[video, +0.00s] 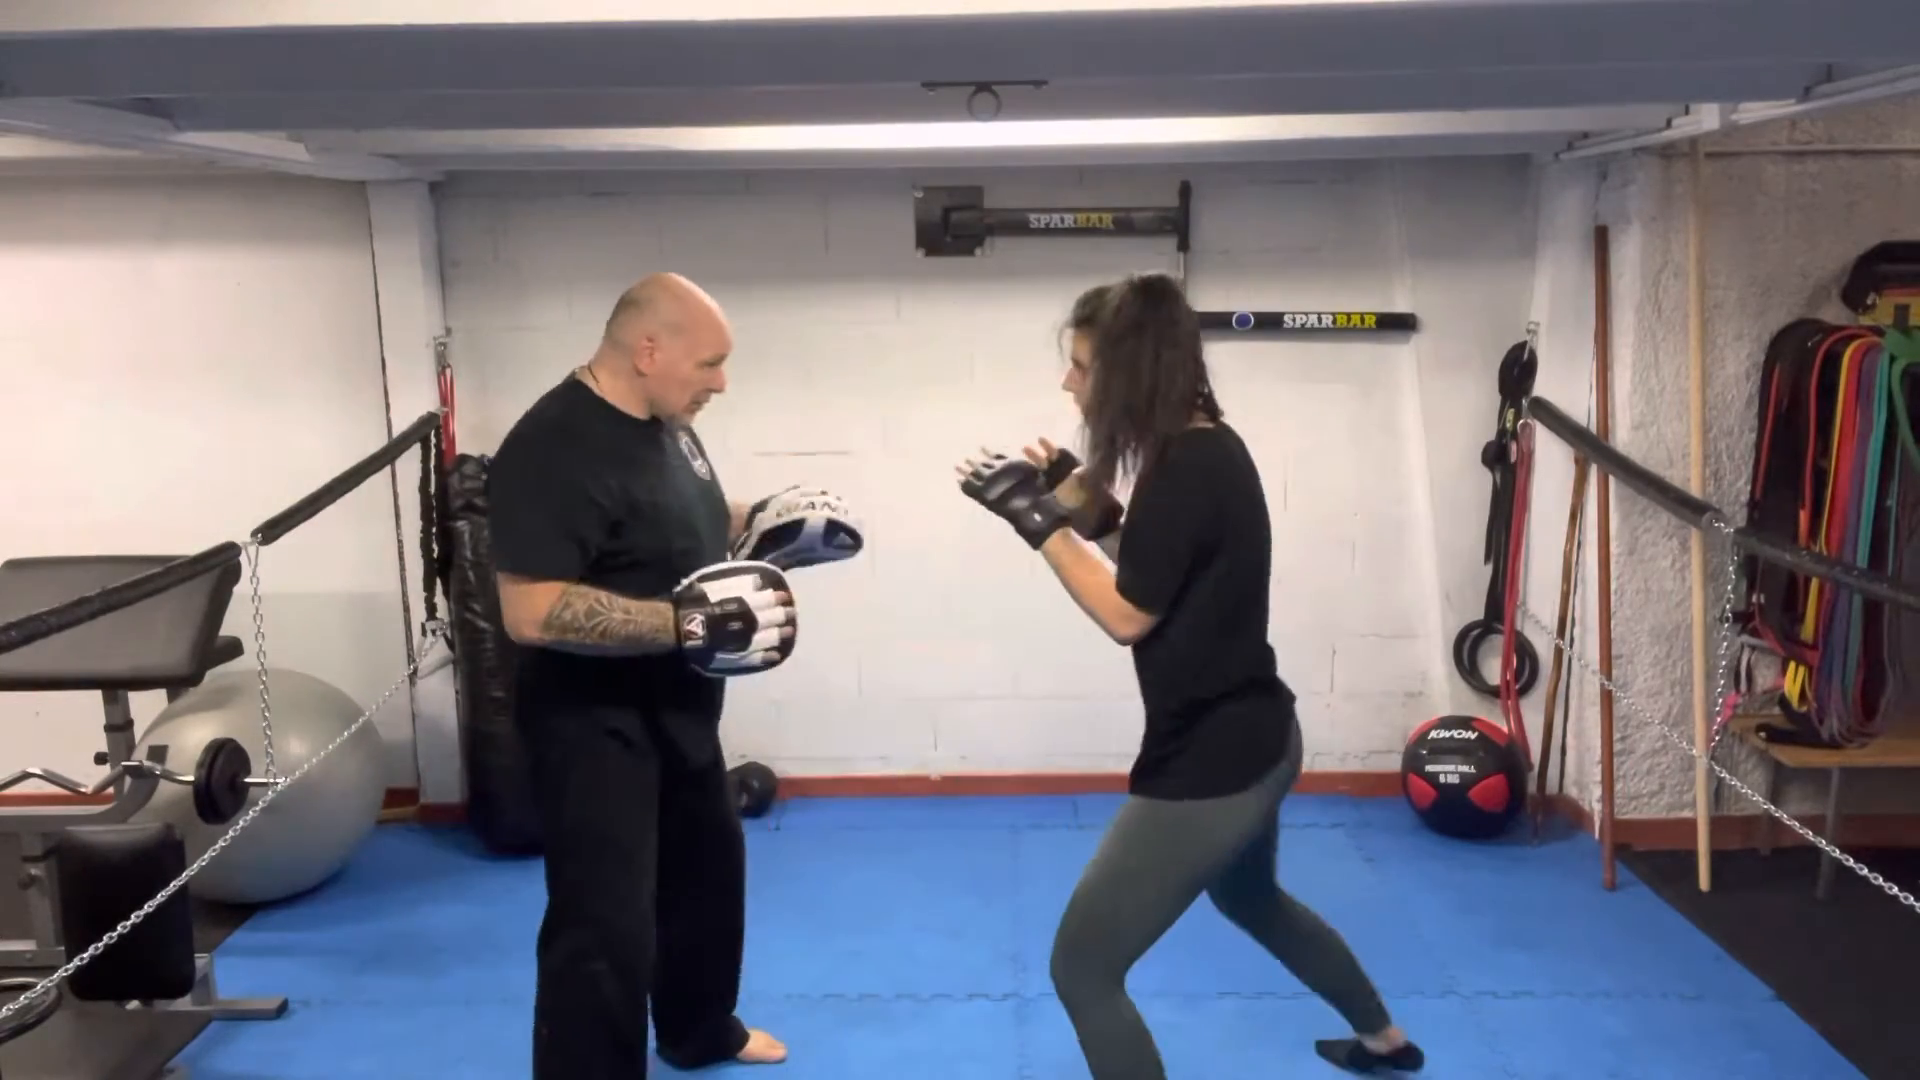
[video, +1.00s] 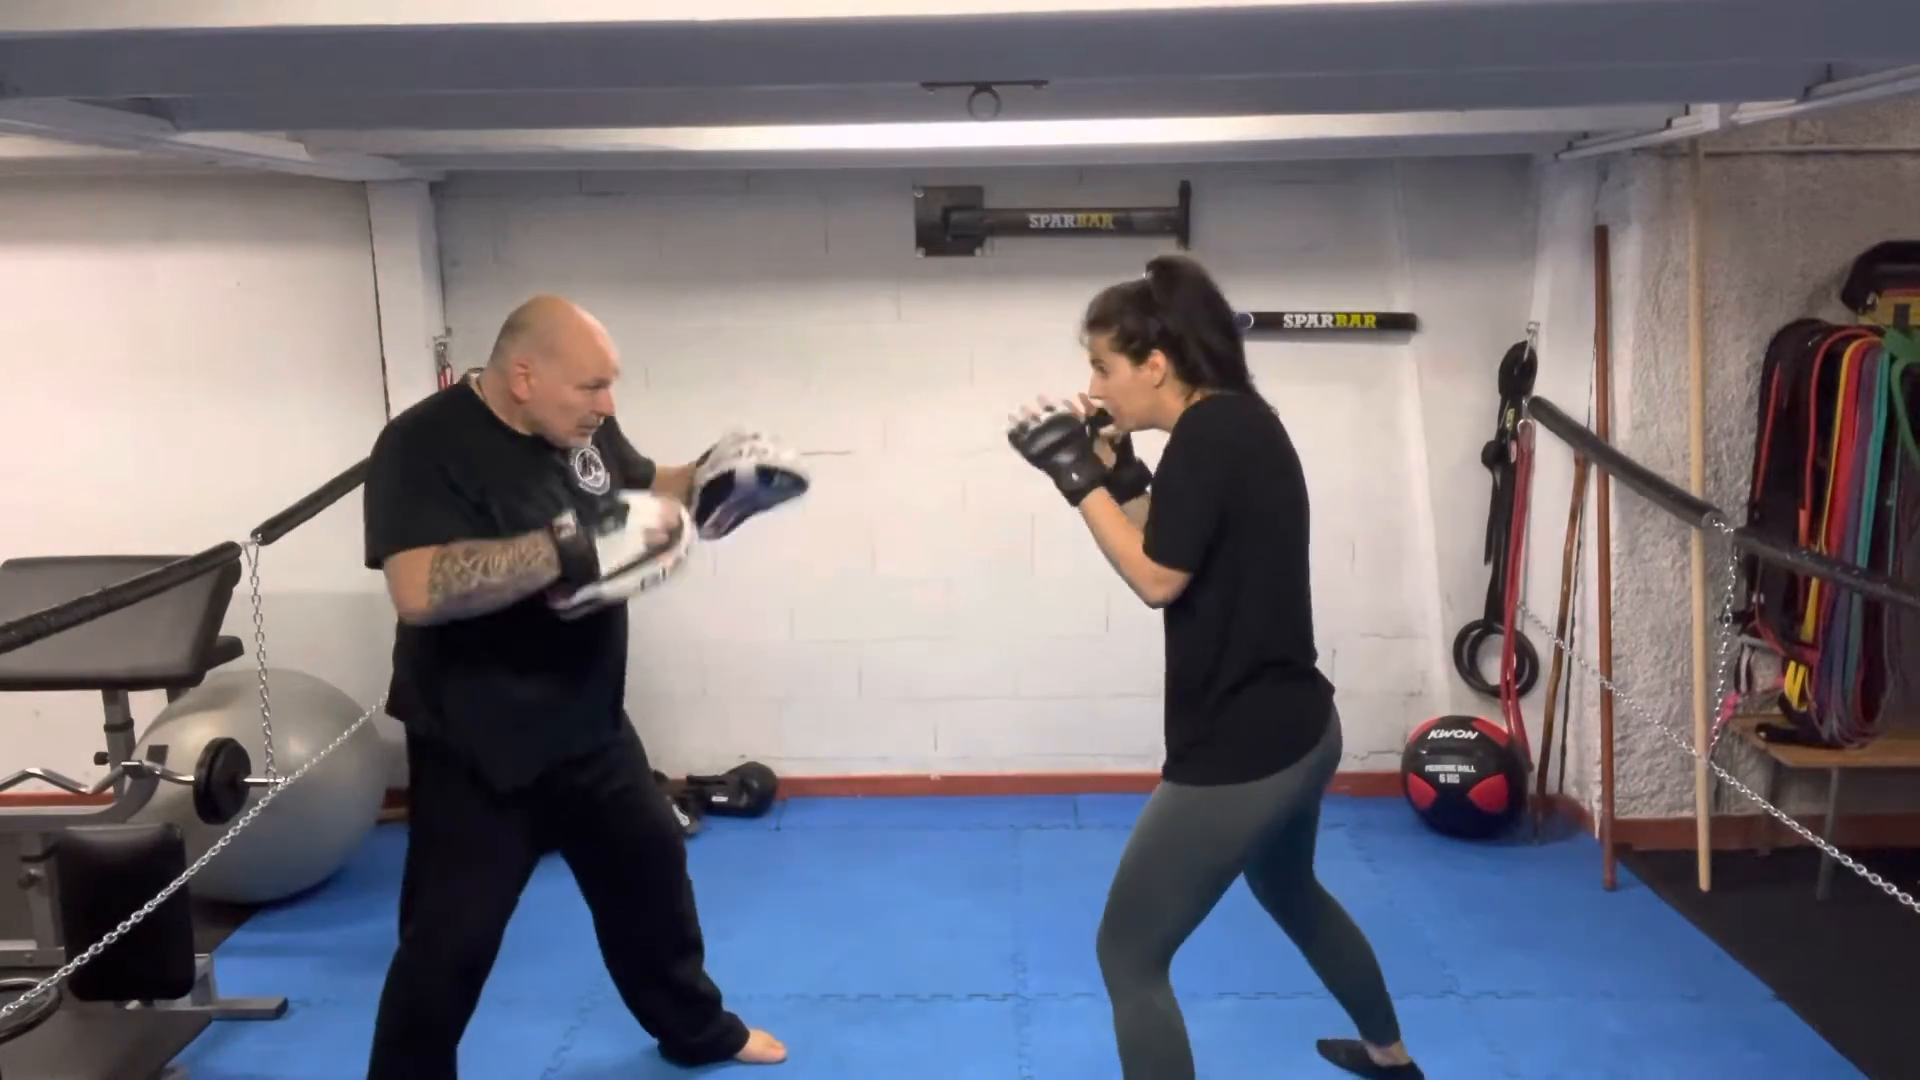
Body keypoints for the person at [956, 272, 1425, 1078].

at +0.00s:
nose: (1066, 383)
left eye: (1078, 366)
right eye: (1068, 365)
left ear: (1128, 369)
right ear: (1154, 364)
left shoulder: (1184, 464)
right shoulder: (1209, 448)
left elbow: (1126, 617)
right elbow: (1163, 564)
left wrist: (1040, 522)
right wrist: (1087, 503)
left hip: (1210, 763)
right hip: (1257, 740)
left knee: (1082, 967)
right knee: (1251, 897)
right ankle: (1382, 1036)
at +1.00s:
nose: (1096, 390)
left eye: (1102, 369)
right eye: (1094, 371)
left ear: (1157, 364)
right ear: (1164, 359)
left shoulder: (1207, 436)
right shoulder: (1249, 425)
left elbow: (1156, 577)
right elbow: (1191, 558)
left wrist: (1079, 481)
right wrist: (1118, 473)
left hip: (1238, 754)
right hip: (1299, 729)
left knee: (1130, 951)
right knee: (1289, 887)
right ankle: (1386, 1047)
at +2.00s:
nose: (963, 456)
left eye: (974, 439)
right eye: (961, 438)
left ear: (1017, 438)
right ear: (1026, 433)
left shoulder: (1112, 520)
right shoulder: (1044, 500)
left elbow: (1046, 675)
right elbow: (967, 598)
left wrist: (965, 566)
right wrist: (888, 544)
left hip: (1138, 825)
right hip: (1124, 795)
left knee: (967, 990)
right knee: (1126, 921)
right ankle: (1277, 1017)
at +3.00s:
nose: (1043, 465)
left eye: (1056, 452)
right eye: (1039, 451)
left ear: (1103, 437)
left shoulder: (1172, 473)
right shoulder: (1125, 461)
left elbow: (1058, 556)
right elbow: (1063, 493)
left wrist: (1013, 462)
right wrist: (1004, 460)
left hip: (1224, 752)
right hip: (1152, 739)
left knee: (1186, 992)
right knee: (1080, 874)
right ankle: (1164, 997)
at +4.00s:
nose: (1011, 602)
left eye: (1007, 595)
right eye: (1000, 600)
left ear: (1023, 571)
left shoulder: (1119, 550)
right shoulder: (1044, 539)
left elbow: (1129, 712)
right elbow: (995, 633)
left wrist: (1028, 693)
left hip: (1241, 776)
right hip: (1156, 765)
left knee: (1148, 998)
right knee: (1083, 901)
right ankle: (1148, 987)